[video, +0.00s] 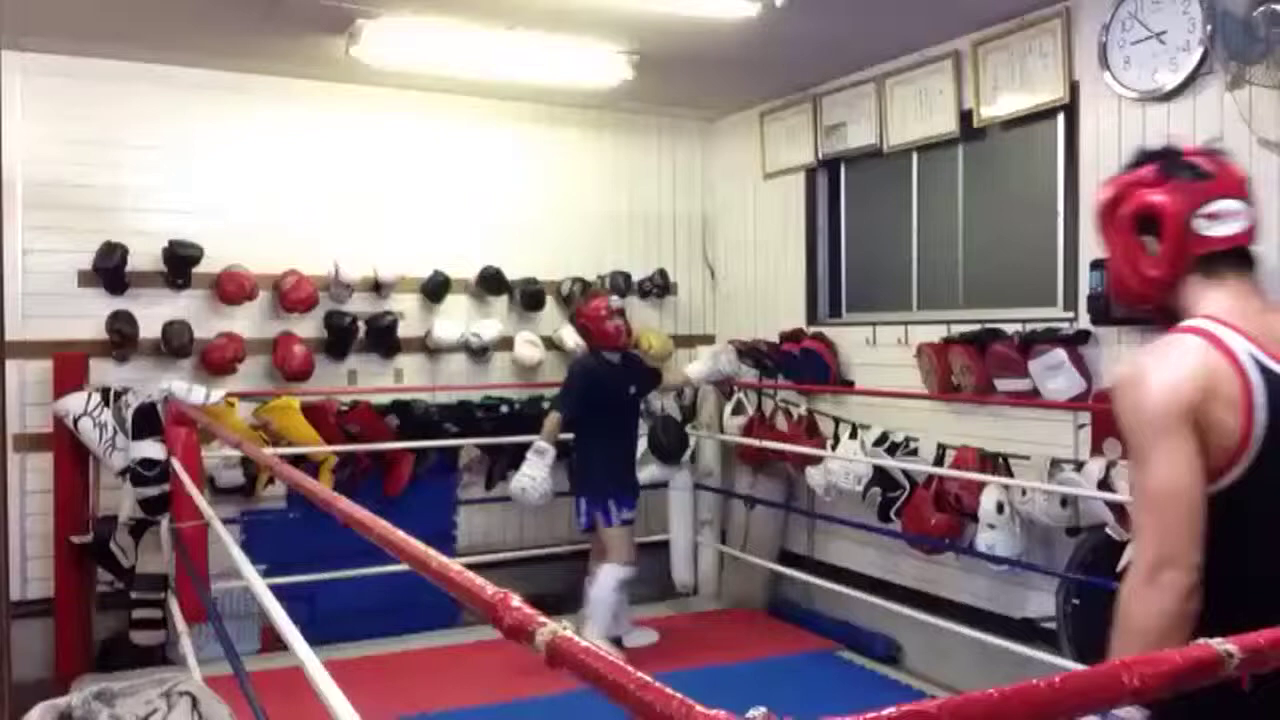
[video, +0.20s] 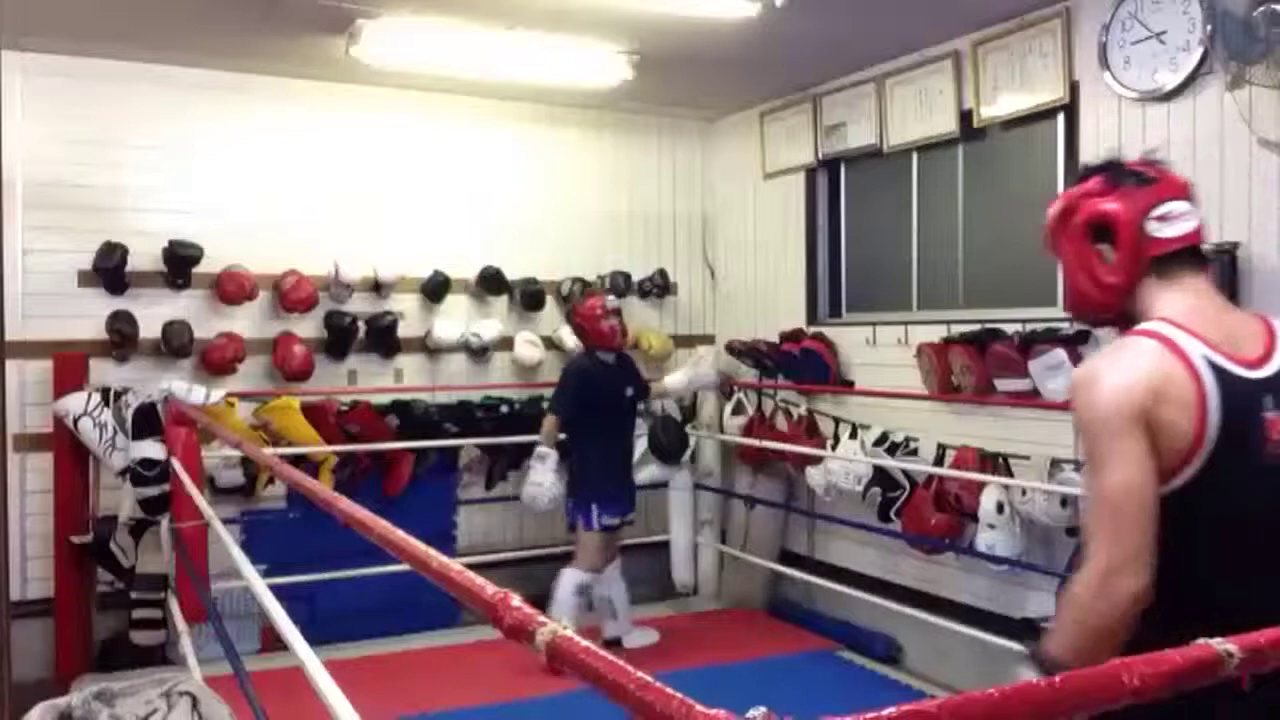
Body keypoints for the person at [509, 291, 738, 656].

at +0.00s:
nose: (618, 322)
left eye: (618, 315)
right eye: (608, 317)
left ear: (622, 320)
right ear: (589, 327)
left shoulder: (631, 364)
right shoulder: (584, 369)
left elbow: (666, 382)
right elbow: (556, 418)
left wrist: (705, 367)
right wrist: (539, 460)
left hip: (621, 471)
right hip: (596, 474)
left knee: (607, 555)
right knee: (620, 556)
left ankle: (619, 625)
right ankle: (593, 637)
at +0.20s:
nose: (616, 322)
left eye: (616, 315)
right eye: (606, 316)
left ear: (618, 320)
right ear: (586, 325)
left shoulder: (623, 362)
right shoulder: (578, 369)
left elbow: (648, 392)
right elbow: (553, 421)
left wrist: (688, 379)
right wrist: (543, 464)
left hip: (618, 474)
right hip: (588, 478)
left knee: (610, 556)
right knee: (589, 559)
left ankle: (617, 629)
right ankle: (558, 636)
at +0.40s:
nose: (607, 328)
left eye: (609, 320)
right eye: (598, 321)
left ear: (610, 325)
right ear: (576, 328)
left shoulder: (606, 369)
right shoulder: (565, 373)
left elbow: (612, 418)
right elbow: (542, 427)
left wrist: (649, 430)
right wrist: (542, 471)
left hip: (606, 476)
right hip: (576, 481)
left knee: (608, 553)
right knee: (567, 555)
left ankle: (618, 629)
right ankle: (546, 640)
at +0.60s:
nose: (601, 332)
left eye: (603, 323)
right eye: (592, 324)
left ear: (606, 328)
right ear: (571, 330)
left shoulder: (600, 371)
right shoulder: (555, 375)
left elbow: (597, 412)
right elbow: (528, 424)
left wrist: (632, 424)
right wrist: (523, 474)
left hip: (597, 472)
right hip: (561, 479)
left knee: (620, 550)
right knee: (559, 561)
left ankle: (624, 633)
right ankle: (543, 644)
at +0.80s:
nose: (608, 333)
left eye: (610, 324)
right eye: (599, 325)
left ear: (612, 328)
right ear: (577, 331)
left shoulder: (606, 373)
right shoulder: (560, 377)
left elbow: (597, 421)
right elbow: (533, 426)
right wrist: (534, 476)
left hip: (603, 475)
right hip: (565, 481)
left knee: (621, 553)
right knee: (557, 561)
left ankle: (632, 645)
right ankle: (543, 646)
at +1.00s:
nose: (622, 331)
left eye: (623, 322)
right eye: (612, 324)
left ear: (626, 326)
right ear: (591, 330)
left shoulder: (622, 375)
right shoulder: (571, 376)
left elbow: (613, 425)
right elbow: (550, 431)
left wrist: (622, 466)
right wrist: (556, 481)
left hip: (618, 478)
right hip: (580, 481)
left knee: (630, 564)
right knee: (566, 565)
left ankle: (634, 661)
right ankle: (542, 646)